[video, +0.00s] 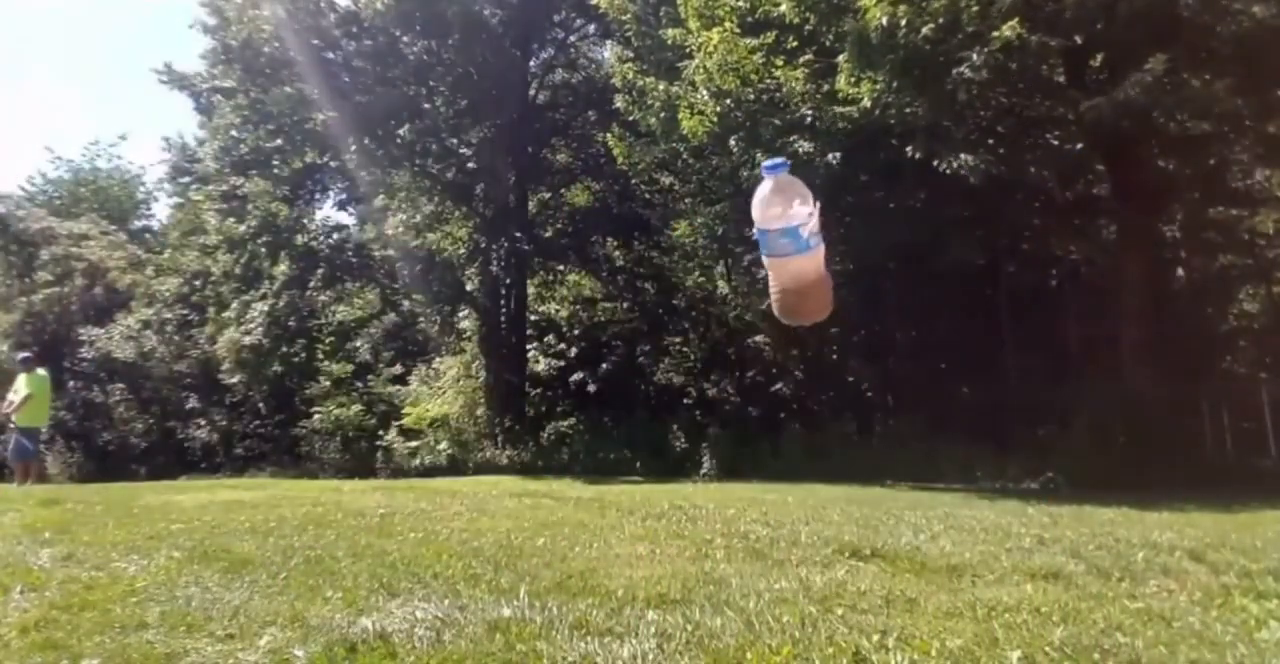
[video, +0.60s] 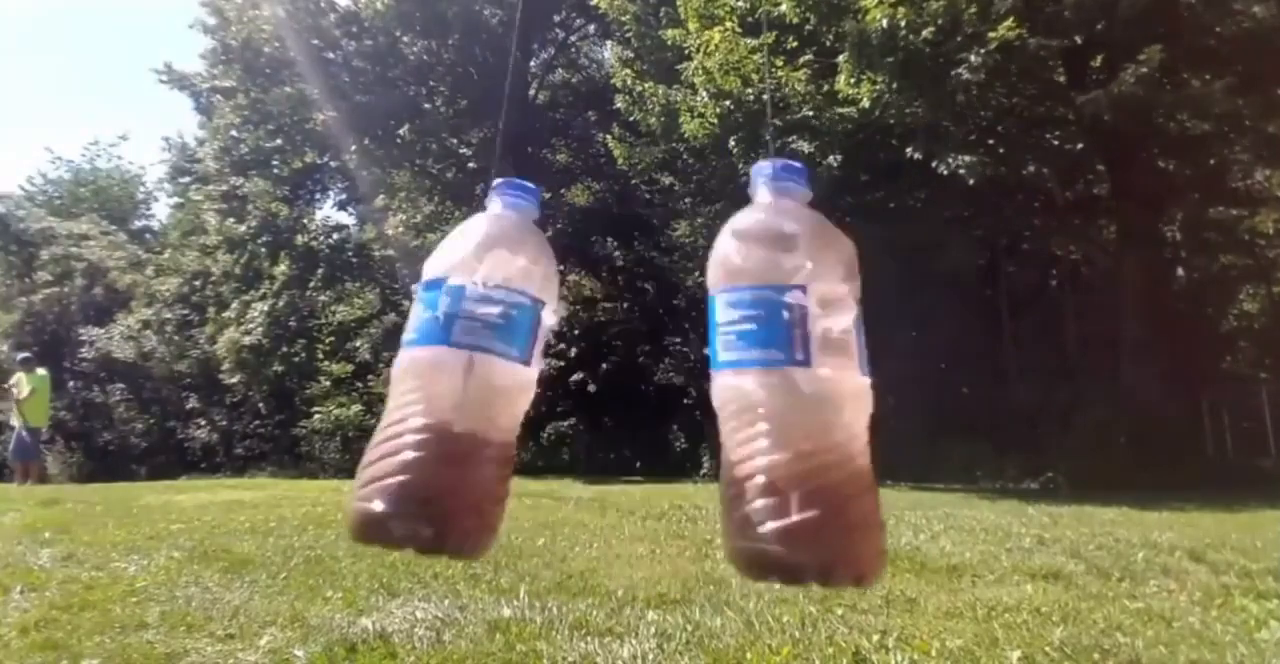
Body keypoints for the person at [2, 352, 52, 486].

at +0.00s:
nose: (21, 367)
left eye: (23, 364)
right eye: (20, 364)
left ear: (28, 363)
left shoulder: (27, 376)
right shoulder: (44, 375)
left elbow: (27, 395)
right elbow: (13, 393)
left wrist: (9, 411)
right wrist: (6, 406)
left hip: (26, 423)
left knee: (16, 455)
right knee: (33, 455)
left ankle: (19, 483)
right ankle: (33, 482)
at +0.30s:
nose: (23, 367)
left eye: (25, 363)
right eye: (22, 364)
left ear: (29, 363)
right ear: (20, 364)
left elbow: (29, 395)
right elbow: (11, 391)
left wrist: (14, 409)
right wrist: (12, 401)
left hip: (30, 422)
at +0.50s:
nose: (25, 368)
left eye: (26, 365)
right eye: (22, 365)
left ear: (32, 363)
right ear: (20, 366)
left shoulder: (40, 375)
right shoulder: (21, 375)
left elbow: (31, 393)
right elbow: (9, 387)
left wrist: (17, 405)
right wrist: (15, 396)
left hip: (34, 422)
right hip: (21, 421)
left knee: (33, 454)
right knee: (15, 453)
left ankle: (33, 481)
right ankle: (19, 480)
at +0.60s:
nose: (24, 369)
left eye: (26, 365)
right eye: (22, 366)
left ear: (31, 364)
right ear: (20, 366)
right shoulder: (21, 375)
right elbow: (9, 386)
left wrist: (13, 390)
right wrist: (8, 388)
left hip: (34, 422)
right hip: (21, 421)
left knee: (32, 454)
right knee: (15, 453)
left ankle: (32, 482)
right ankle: (19, 481)